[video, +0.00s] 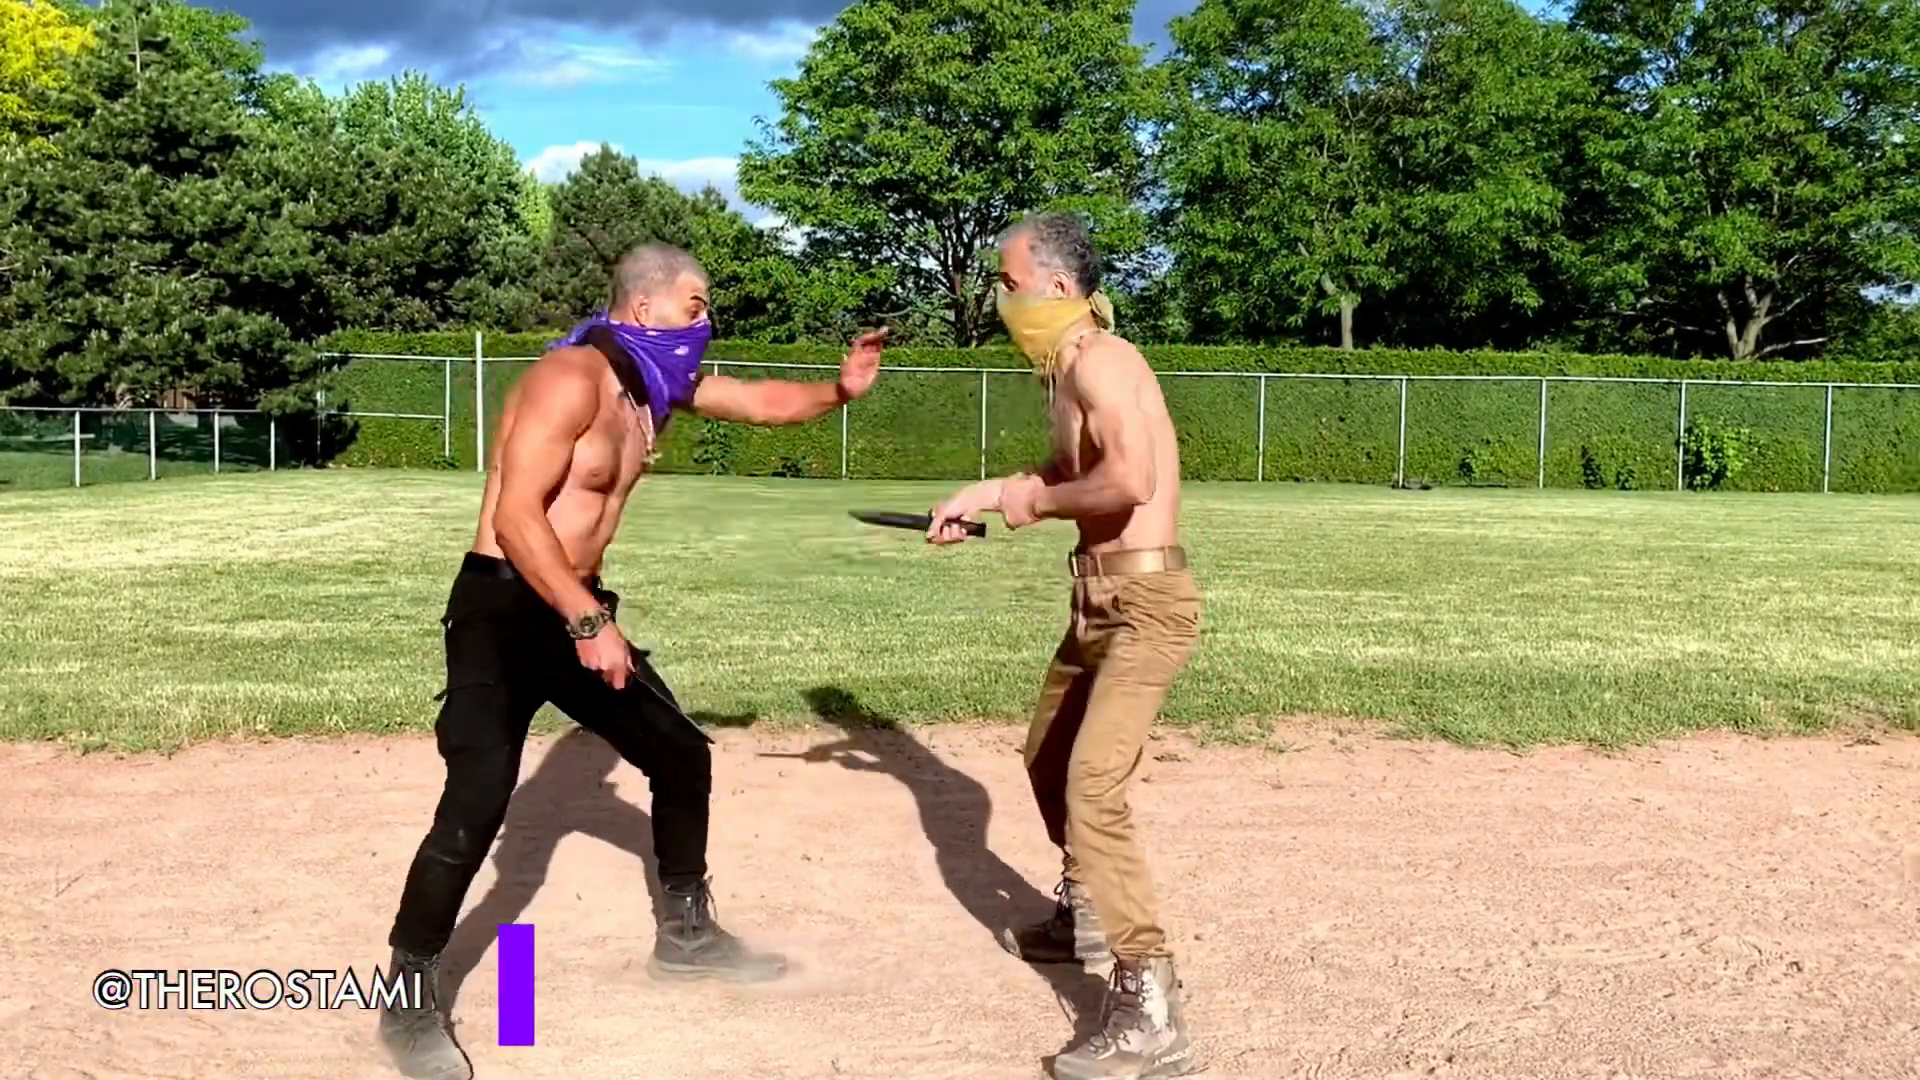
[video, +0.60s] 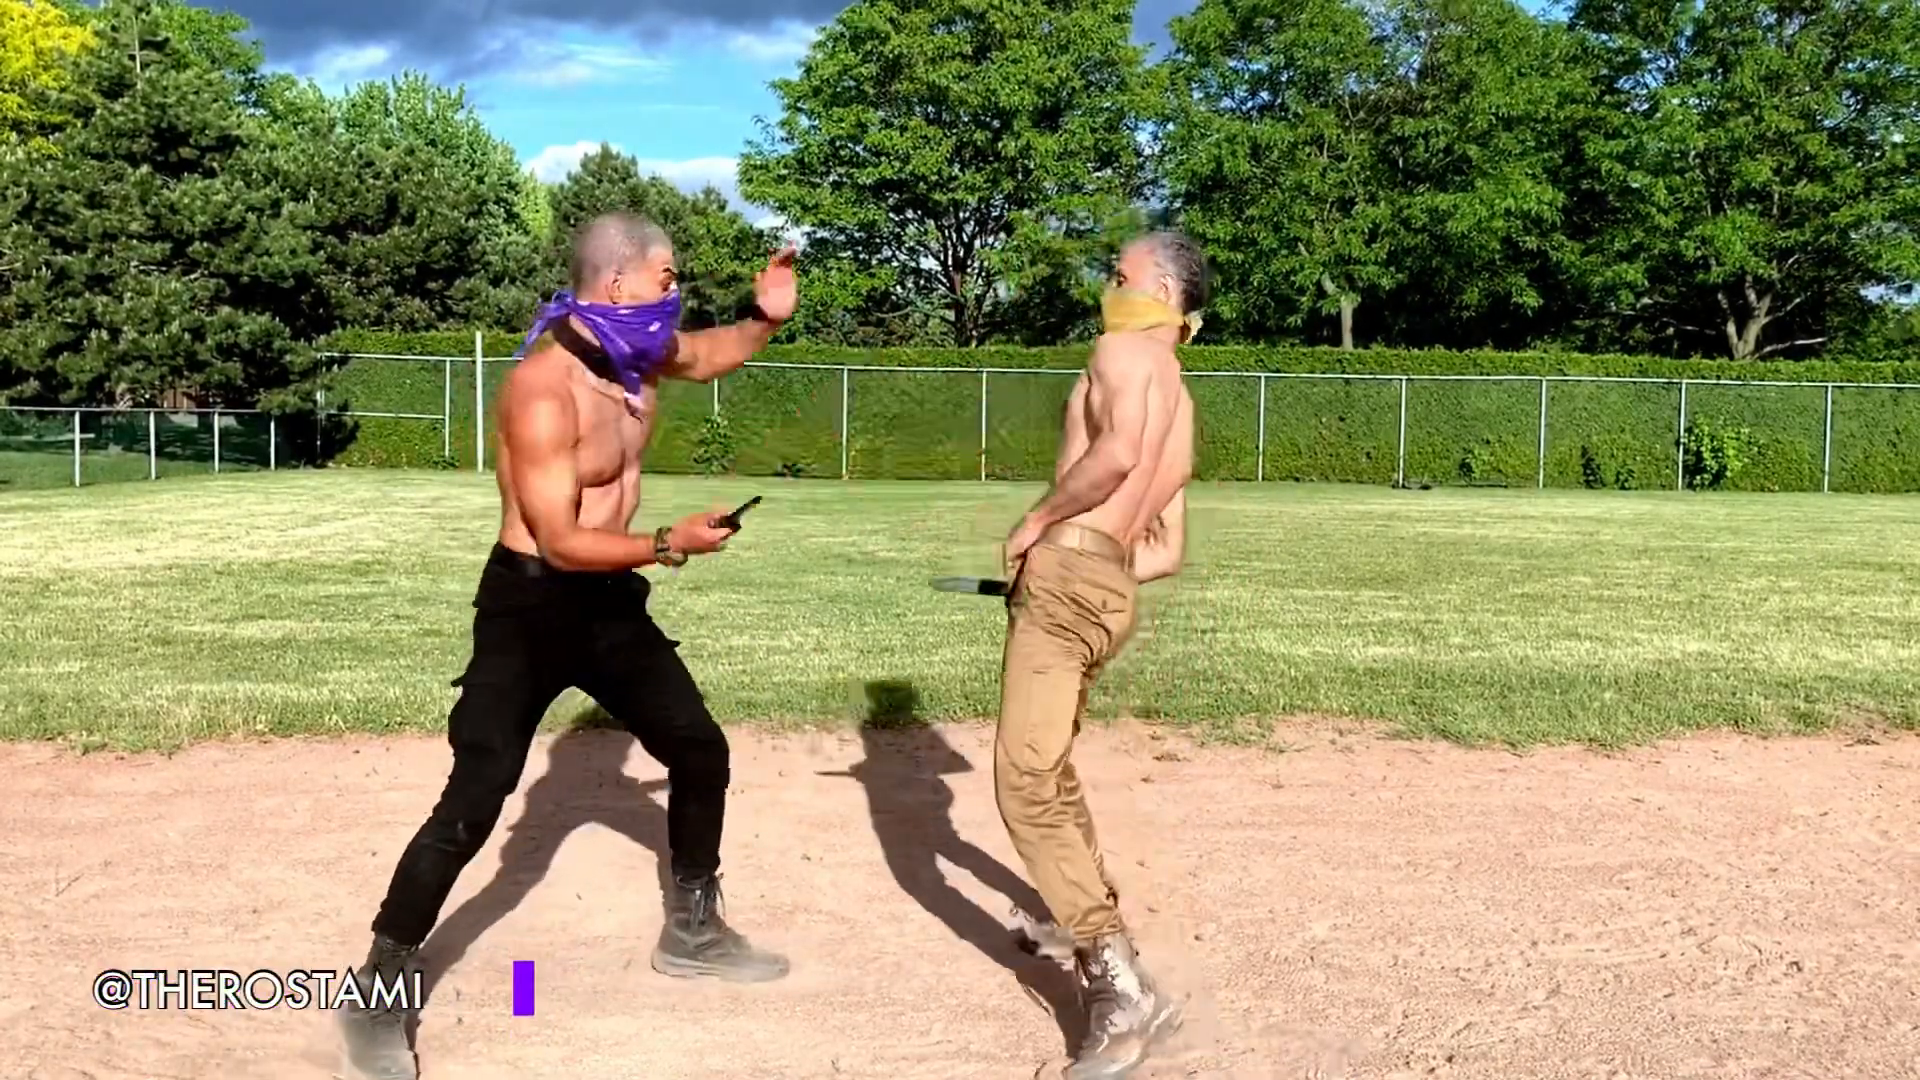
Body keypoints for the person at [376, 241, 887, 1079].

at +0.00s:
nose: (705, 326)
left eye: (706, 311)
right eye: (695, 309)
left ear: (659, 311)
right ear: (641, 307)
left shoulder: (650, 384)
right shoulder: (568, 378)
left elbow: (757, 399)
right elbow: (516, 513)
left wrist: (840, 390)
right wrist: (591, 618)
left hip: (572, 611)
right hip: (499, 607)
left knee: (681, 756)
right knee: (476, 804)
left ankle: (687, 932)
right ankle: (408, 993)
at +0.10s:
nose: (676, 337)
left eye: (679, 322)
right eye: (664, 320)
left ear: (639, 323)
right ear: (609, 322)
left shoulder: (661, 391)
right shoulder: (530, 395)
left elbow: (767, 403)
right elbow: (443, 513)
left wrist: (869, 460)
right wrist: (486, 609)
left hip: (597, 630)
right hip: (511, 629)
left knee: (712, 764)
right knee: (458, 823)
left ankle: (688, 934)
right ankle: (362, 1001)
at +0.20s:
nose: (654, 334)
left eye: (657, 322)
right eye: (642, 318)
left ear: (633, 326)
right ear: (586, 319)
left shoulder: (634, 397)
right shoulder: (514, 417)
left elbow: (672, 423)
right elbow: (482, 554)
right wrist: (562, 618)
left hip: (609, 626)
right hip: (524, 637)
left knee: (720, 762)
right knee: (465, 828)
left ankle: (690, 932)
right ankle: (358, 1000)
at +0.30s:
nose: (665, 318)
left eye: (665, 304)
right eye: (655, 303)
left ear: (607, 307)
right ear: (602, 304)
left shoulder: (606, 396)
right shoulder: (556, 398)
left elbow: (675, 433)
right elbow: (593, 548)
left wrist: (690, 380)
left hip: (601, 625)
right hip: (537, 631)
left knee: (702, 753)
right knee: (492, 819)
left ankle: (689, 931)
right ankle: (362, 997)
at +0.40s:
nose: (663, 304)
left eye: (662, 288)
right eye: (656, 288)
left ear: (590, 286)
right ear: (613, 291)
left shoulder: (542, 350)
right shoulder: (610, 397)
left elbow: (596, 427)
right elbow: (736, 469)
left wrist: (672, 411)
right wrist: (843, 412)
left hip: (594, 612)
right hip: (544, 617)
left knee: (683, 752)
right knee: (485, 810)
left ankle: (688, 931)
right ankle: (366, 994)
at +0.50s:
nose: (667, 298)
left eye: (669, 284)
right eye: (661, 283)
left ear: (603, 277)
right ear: (618, 280)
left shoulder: (564, 337)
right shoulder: (584, 388)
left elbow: (597, 457)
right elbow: (688, 507)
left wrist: (658, 393)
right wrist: (792, 451)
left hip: (612, 596)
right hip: (549, 602)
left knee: (689, 752)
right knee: (492, 795)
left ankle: (689, 931)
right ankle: (380, 984)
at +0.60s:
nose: (672, 297)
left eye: (673, 284)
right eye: (663, 282)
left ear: (623, 282)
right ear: (614, 283)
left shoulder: (636, 354)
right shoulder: (539, 385)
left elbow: (709, 352)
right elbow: (560, 540)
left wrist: (766, 320)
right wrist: (670, 542)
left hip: (611, 602)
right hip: (528, 607)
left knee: (702, 754)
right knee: (473, 803)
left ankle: (694, 928)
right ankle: (380, 987)